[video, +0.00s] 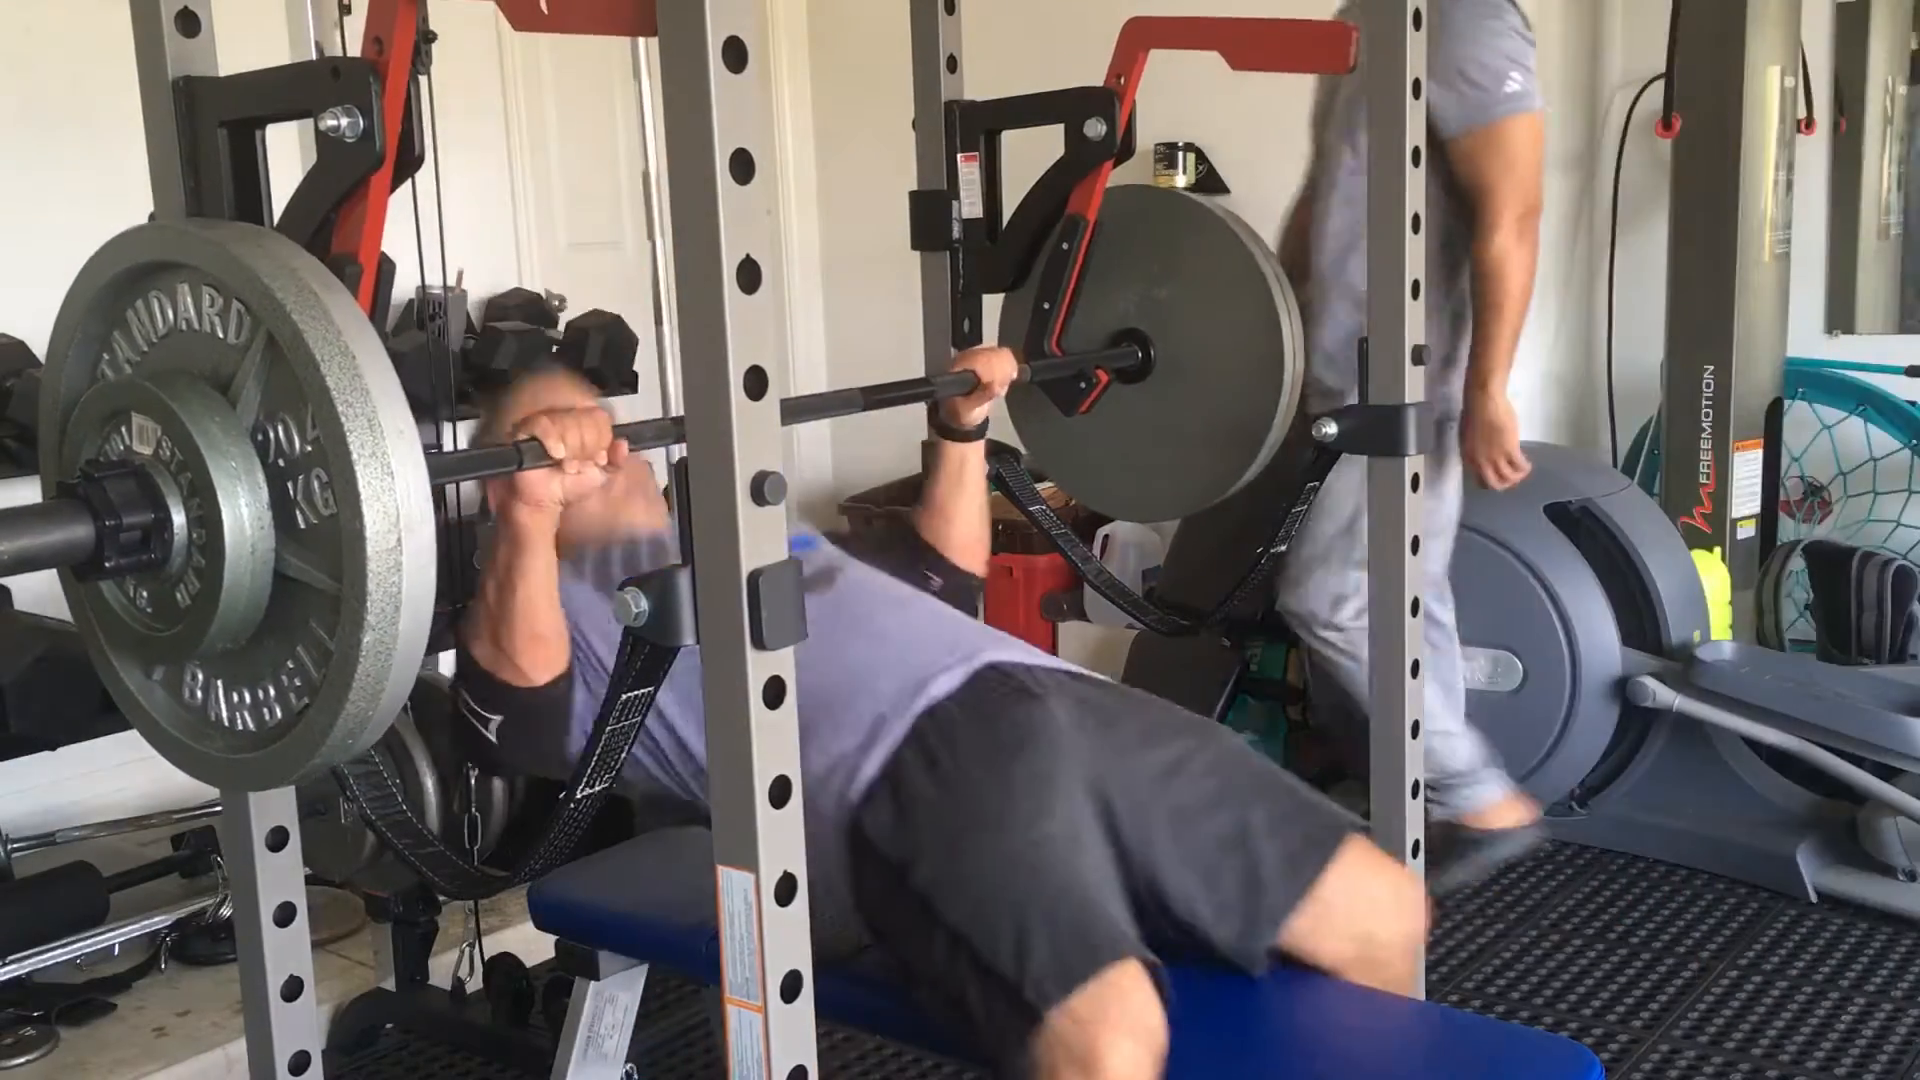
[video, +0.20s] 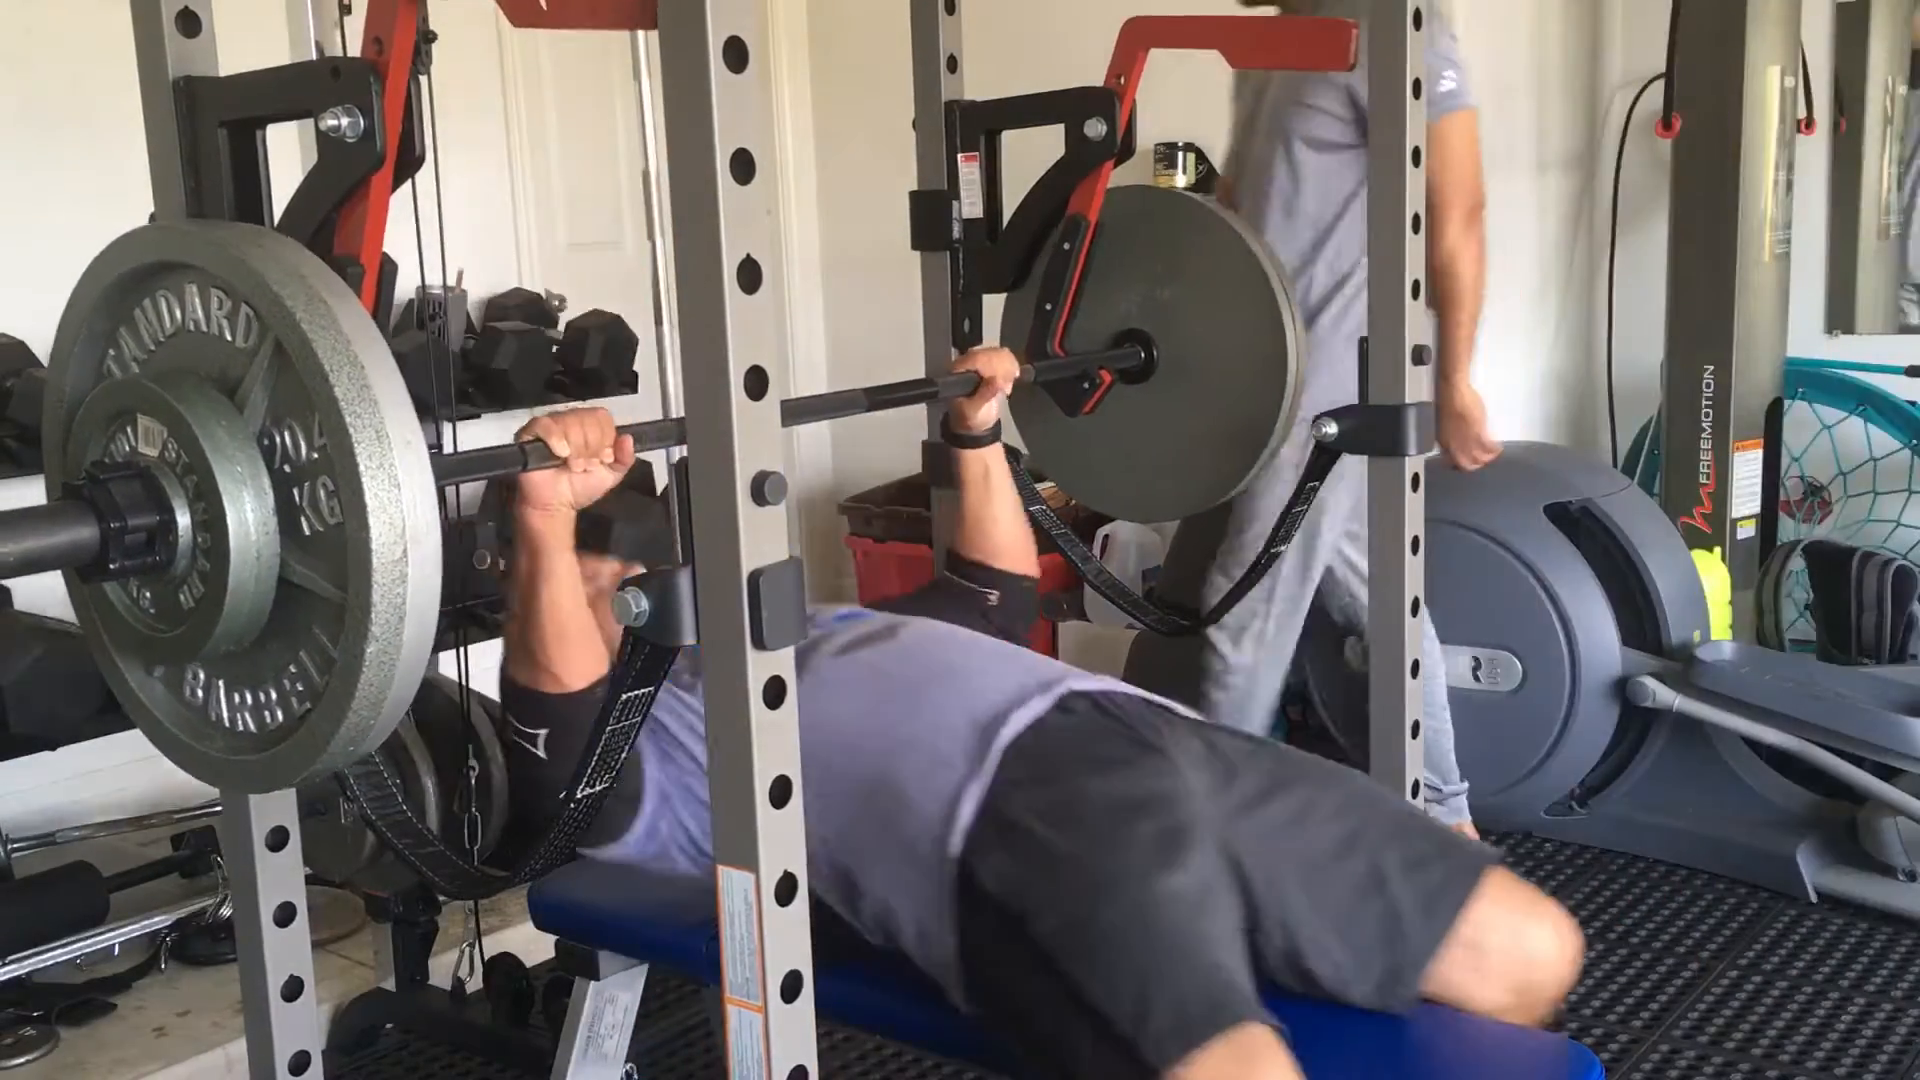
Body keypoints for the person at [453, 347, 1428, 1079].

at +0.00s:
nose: (611, 456)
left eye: (610, 432)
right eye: (561, 444)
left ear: (633, 443)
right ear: (501, 493)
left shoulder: (753, 530)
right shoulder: (565, 619)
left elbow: (947, 585)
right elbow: (521, 717)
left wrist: (962, 425)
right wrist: (518, 520)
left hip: (1056, 697)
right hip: (924, 773)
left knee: (1387, 912)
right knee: (1112, 1035)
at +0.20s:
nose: (626, 567)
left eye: (636, 545)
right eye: (593, 576)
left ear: (676, 581)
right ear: (582, 626)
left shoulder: (847, 640)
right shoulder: (644, 750)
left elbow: (995, 620)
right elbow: (556, 791)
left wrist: (972, 435)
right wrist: (542, 523)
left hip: (1163, 741)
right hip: (1023, 821)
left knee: (1538, 957)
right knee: (1242, 1056)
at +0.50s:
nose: (712, 659)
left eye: (721, 648)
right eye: (704, 671)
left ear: (824, 661)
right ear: (723, 728)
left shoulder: (986, 657)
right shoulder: (807, 784)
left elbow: (1097, 606)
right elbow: (636, 774)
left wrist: (1024, 440)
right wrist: (597, 538)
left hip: (1334, 761)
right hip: (1186, 856)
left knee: (1719, 993)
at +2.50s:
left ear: (844, 674)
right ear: (733, 733)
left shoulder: (997, 696)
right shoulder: (785, 810)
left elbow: (1101, 627)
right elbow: (691, 748)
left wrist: (1043, 447)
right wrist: (642, 567)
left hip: (1338, 785)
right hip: (1202, 871)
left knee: (1777, 1021)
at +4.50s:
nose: (767, 670)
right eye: (735, 700)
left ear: (876, 668)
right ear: (741, 762)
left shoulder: (1032, 686)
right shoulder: (816, 825)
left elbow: (1109, 601)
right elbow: (706, 771)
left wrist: (1037, 442)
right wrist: (635, 550)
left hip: (1328, 785)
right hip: (1203, 878)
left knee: (1738, 939)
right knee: (1427, 1057)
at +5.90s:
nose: (741, 669)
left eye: (747, 669)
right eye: (723, 692)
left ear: (821, 695)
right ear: (715, 762)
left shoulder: (1023, 704)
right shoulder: (782, 837)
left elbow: (1087, 601)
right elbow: (692, 716)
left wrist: (1045, 429)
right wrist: (628, 525)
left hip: (1331, 786)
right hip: (1207, 882)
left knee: (1746, 957)